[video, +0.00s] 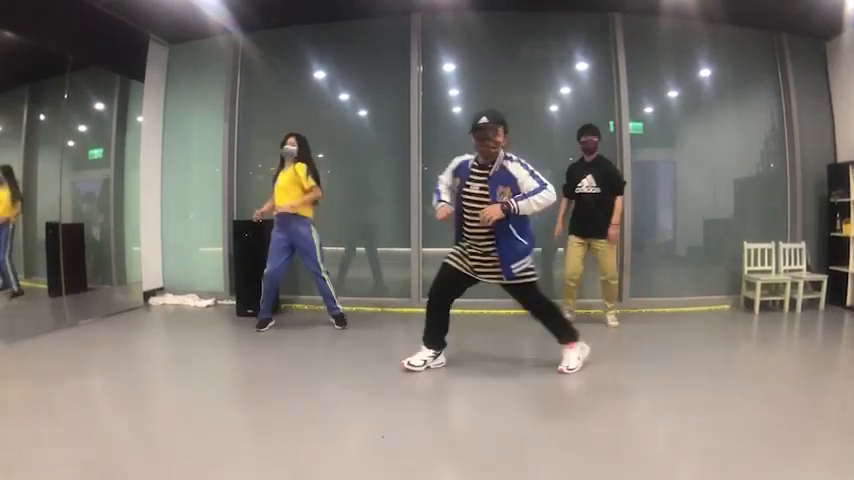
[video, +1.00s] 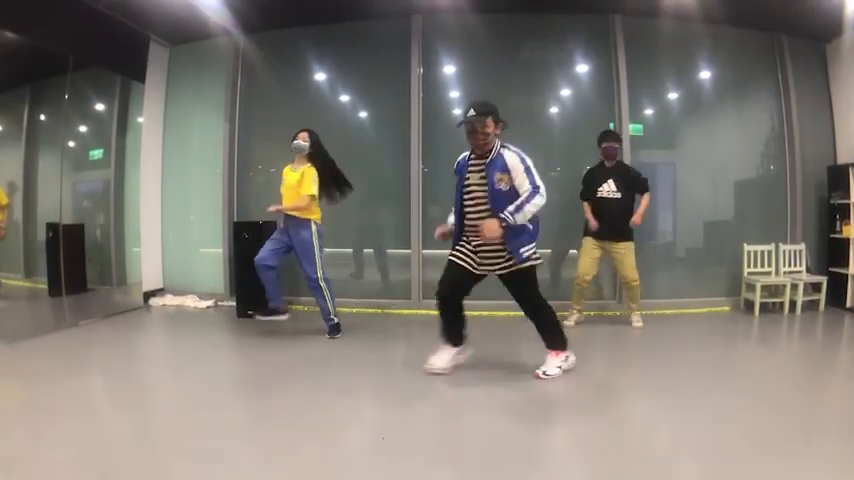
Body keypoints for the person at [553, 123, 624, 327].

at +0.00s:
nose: (589, 143)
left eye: (593, 139)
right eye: (585, 140)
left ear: (598, 140)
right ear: (579, 142)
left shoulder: (608, 167)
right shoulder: (574, 169)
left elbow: (619, 195)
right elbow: (566, 196)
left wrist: (614, 224)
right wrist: (560, 221)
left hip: (603, 232)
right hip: (577, 232)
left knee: (610, 275)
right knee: (571, 274)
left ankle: (610, 310)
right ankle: (568, 311)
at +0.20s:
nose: (579, 151)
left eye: (582, 148)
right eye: (575, 147)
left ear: (588, 152)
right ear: (568, 151)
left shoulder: (595, 174)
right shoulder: (562, 178)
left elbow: (609, 200)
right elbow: (551, 195)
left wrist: (590, 208)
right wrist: (545, 210)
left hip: (595, 240)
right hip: (569, 239)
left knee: (604, 281)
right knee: (558, 279)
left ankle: (619, 311)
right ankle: (557, 312)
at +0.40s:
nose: (591, 147)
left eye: (594, 143)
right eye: (587, 143)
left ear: (598, 145)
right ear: (577, 145)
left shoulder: (602, 171)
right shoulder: (567, 169)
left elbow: (605, 196)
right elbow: (552, 193)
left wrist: (606, 215)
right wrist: (561, 214)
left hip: (598, 233)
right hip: (572, 234)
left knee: (610, 272)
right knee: (566, 276)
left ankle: (608, 310)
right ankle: (554, 311)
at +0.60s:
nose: (617, 154)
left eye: (618, 150)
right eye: (612, 151)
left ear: (618, 152)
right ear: (602, 153)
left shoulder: (608, 175)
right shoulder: (594, 173)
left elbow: (605, 208)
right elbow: (587, 204)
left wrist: (614, 231)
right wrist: (597, 230)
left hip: (607, 240)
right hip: (586, 240)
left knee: (626, 275)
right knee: (570, 279)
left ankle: (620, 313)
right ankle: (544, 309)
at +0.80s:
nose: (623, 155)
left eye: (626, 151)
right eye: (618, 151)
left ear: (629, 153)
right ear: (610, 153)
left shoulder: (627, 178)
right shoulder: (601, 175)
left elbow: (625, 205)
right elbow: (589, 203)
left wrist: (640, 208)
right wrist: (611, 215)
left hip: (620, 238)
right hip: (596, 238)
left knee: (633, 276)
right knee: (581, 278)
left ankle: (622, 314)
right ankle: (560, 312)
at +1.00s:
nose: (611, 152)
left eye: (614, 148)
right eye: (607, 148)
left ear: (620, 149)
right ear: (600, 149)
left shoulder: (629, 173)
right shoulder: (592, 174)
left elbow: (645, 193)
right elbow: (585, 199)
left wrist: (639, 214)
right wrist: (590, 218)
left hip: (621, 237)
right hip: (594, 236)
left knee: (631, 279)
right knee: (582, 277)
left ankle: (635, 312)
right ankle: (577, 311)